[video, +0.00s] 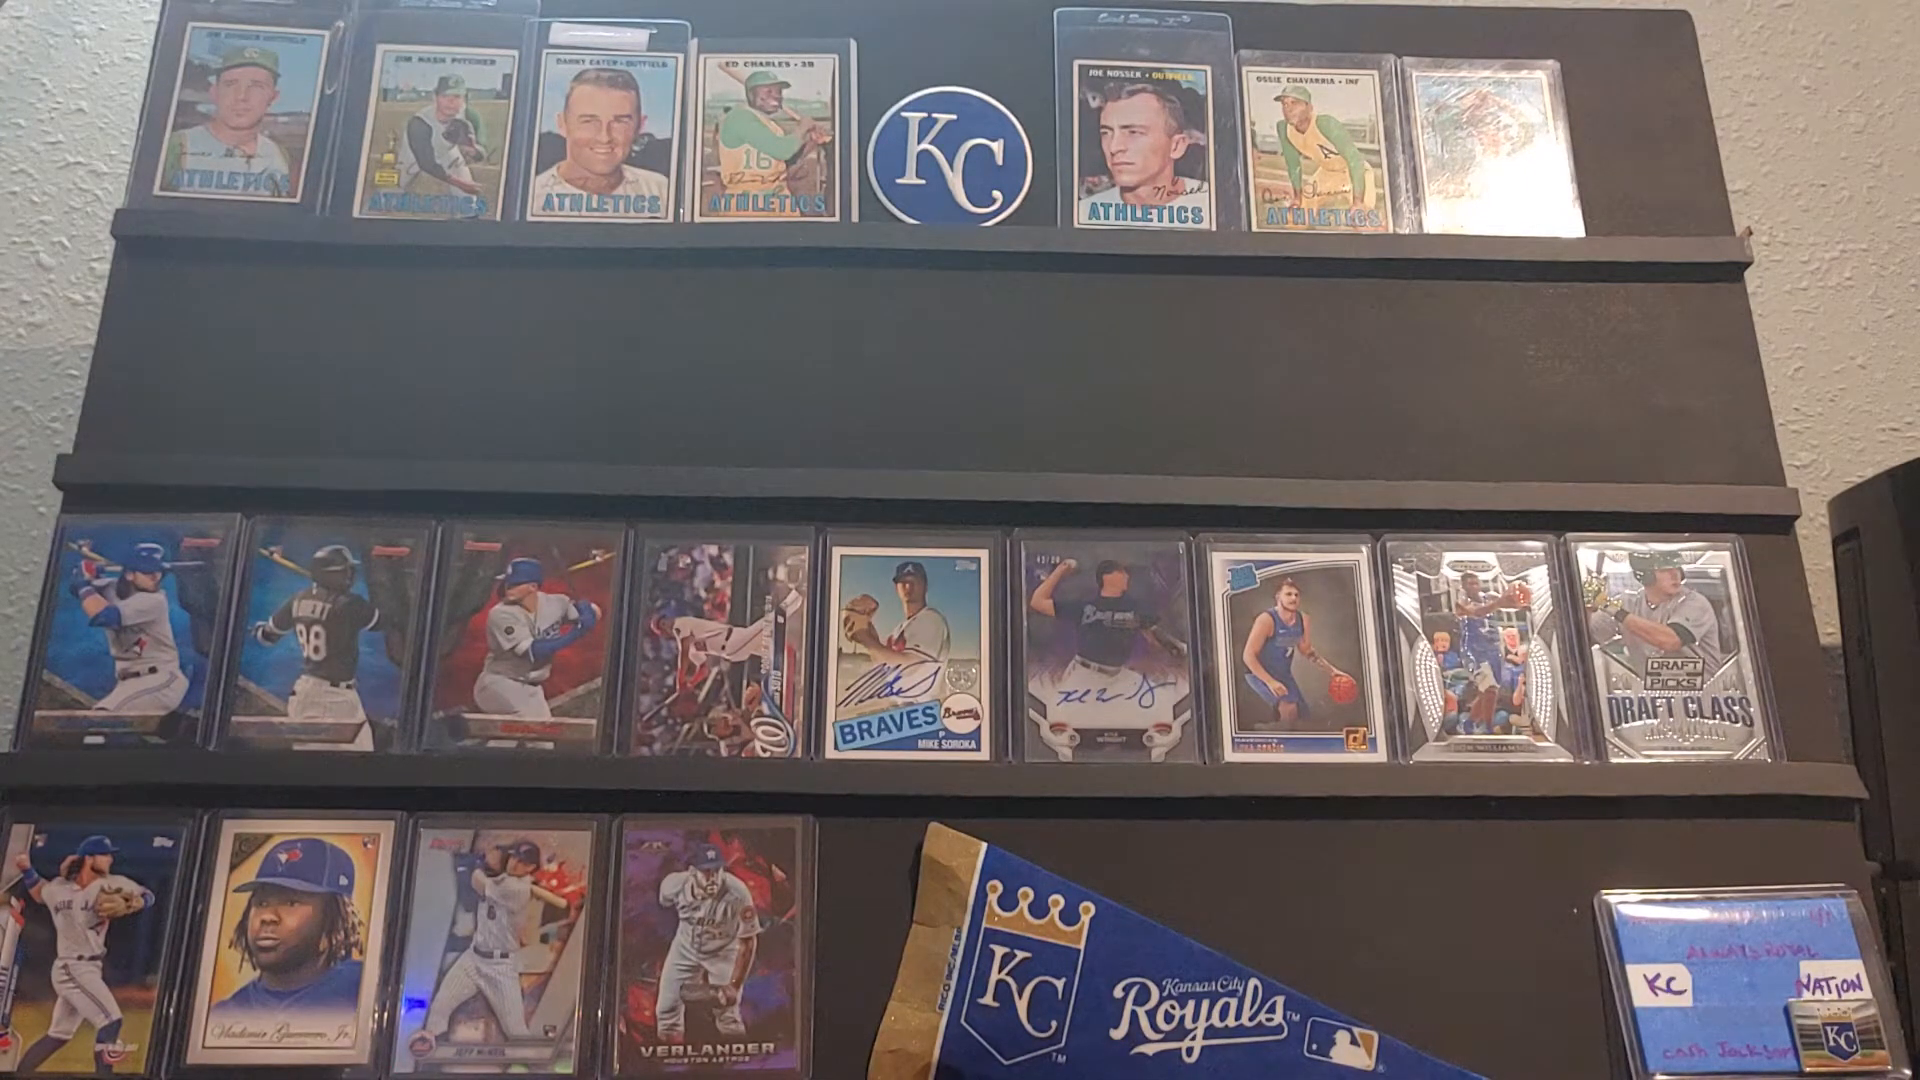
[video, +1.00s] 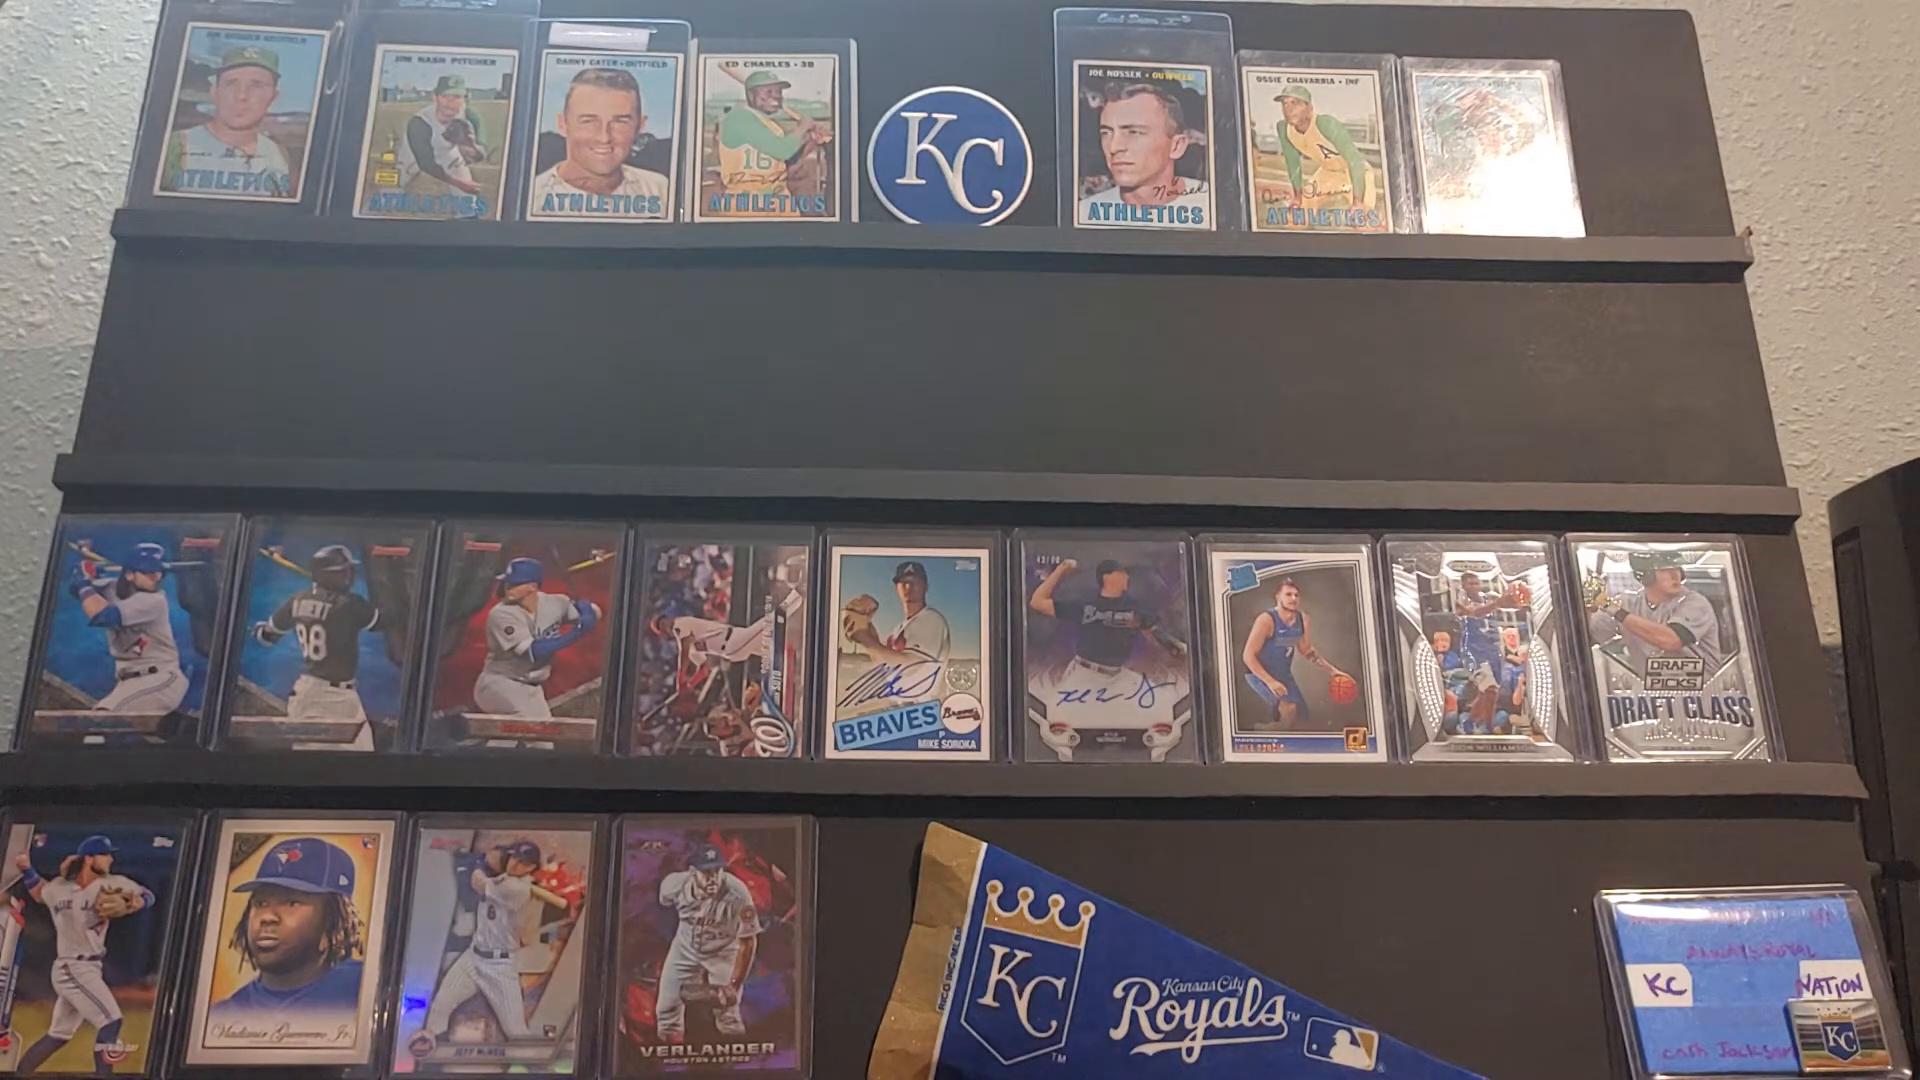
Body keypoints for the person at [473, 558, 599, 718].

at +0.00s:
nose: (507, 588)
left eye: (514, 584)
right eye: (507, 584)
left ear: (532, 587)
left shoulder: (556, 603)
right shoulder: (500, 614)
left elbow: (580, 607)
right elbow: (531, 651)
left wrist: (587, 614)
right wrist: (575, 634)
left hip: (531, 687)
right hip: (497, 683)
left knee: (545, 732)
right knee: (530, 716)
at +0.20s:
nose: (507, 588)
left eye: (514, 584)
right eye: (507, 584)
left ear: (532, 587)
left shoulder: (556, 603)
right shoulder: (500, 614)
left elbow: (580, 607)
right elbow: (531, 651)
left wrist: (587, 614)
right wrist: (575, 634)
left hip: (531, 687)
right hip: (497, 683)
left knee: (545, 732)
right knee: (530, 716)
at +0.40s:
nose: (507, 588)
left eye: (514, 584)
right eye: (507, 584)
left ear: (532, 587)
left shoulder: (556, 603)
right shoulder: (500, 614)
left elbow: (581, 607)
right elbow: (531, 651)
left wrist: (587, 614)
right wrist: (575, 634)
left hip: (531, 687)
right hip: (497, 683)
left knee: (545, 733)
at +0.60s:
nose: (507, 588)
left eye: (514, 584)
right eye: (507, 584)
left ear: (532, 587)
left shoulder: (556, 603)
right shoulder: (500, 614)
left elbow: (581, 607)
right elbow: (532, 651)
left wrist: (588, 614)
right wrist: (575, 633)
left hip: (531, 687)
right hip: (497, 683)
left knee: (545, 733)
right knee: (529, 717)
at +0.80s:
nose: (507, 588)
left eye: (514, 584)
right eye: (507, 583)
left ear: (532, 587)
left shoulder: (555, 603)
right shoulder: (500, 614)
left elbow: (581, 607)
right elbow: (532, 651)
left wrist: (587, 614)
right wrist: (575, 633)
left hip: (531, 687)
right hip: (496, 683)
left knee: (545, 731)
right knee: (528, 716)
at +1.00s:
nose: (507, 588)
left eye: (514, 584)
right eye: (507, 583)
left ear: (532, 587)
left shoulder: (554, 603)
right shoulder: (500, 614)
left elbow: (581, 606)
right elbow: (532, 651)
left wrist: (588, 615)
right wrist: (575, 634)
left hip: (531, 687)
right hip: (496, 683)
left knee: (546, 733)